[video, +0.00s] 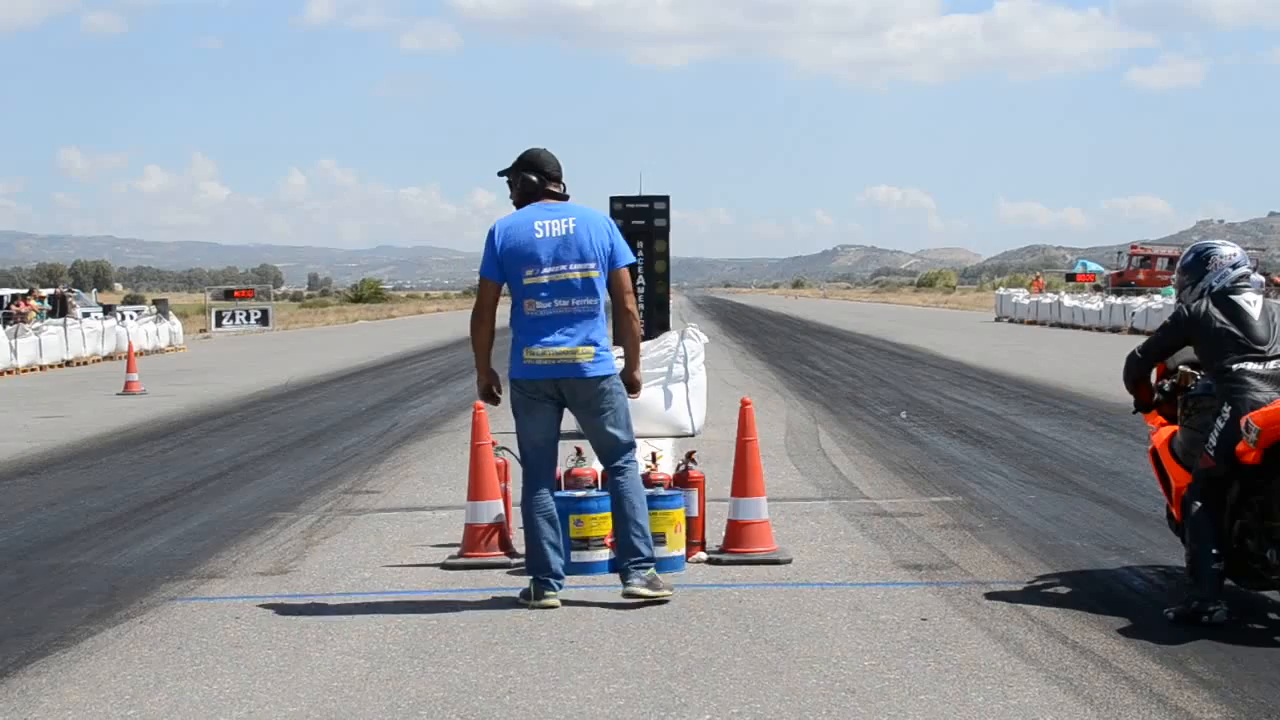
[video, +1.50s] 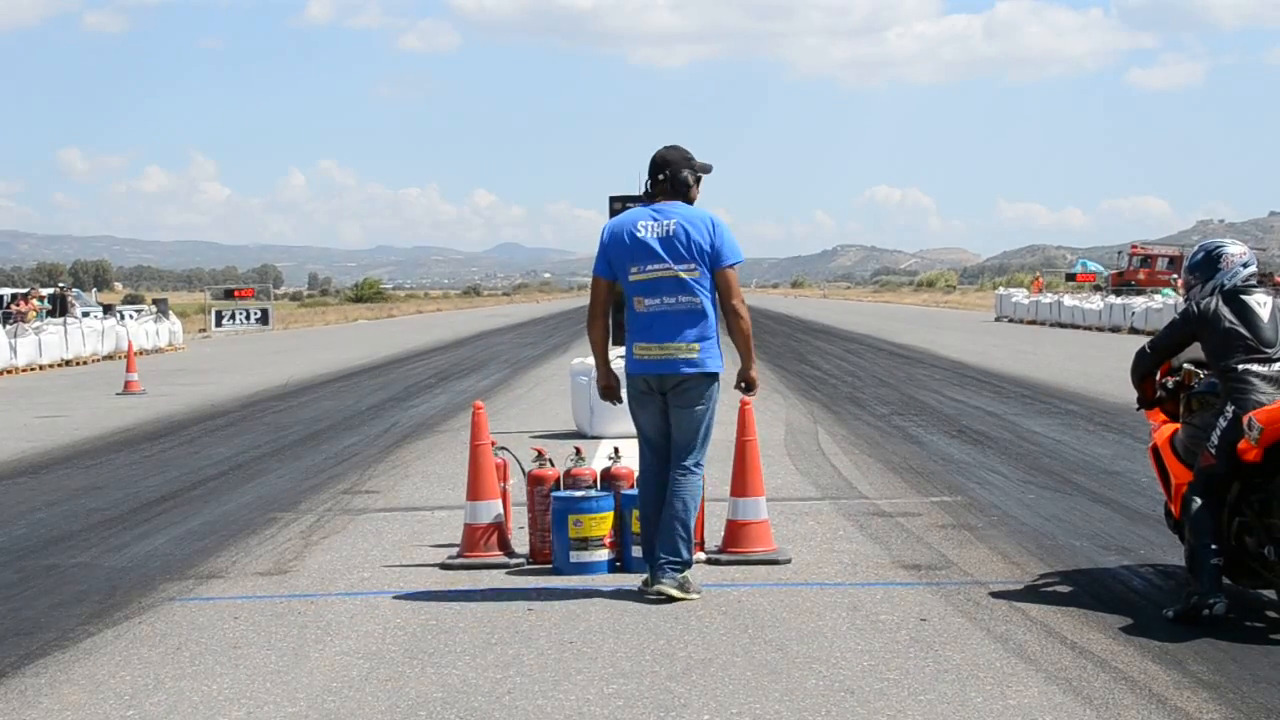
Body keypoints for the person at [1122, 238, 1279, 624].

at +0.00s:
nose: (1182, 289)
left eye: (1184, 281)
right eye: (1182, 282)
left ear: (1198, 276)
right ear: (1240, 267)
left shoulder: (1197, 310)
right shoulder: (1269, 302)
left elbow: (1138, 361)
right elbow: (1255, 351)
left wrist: (1146, 398)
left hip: (1244, 404)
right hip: (1279, 398)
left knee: (1200, 496)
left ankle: (1207, 598)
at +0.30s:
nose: (1183, 290)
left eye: (1185, 282)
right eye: (1183, 283)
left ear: (1198, 277)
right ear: (1242, 268)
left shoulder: (1197, 311)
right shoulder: (1270, 304)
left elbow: (1145, 368)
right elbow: (1258, 354)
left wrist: (1148, 396)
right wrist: (1213, 380)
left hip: (1245, 404)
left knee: (1199, 495)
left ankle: (1207, 596)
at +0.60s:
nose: (1185, 288)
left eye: (1189, 280)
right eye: (1186, 281)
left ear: (1203, 277)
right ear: (1243, 269)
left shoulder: (1198, 310)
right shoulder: (1270, 304)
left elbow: (1137, 359)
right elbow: (1258, 354)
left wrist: (1148, 397)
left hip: (1243, 405)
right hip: (1279, 400)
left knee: (1200, 495)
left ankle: (1207, 595)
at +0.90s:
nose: (1186, 287)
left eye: (1189, 280)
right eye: (1187, 280)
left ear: (1205, 276)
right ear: (1243, 268)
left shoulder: (1199, 309)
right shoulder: (1270, 302)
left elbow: (1139, 358)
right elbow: (1257, 353)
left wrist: (1147, 397)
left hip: (1244, 405)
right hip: (1279, 399)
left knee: (1200, 493)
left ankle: (1206, 594)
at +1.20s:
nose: (1187, 287)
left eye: (1191, 280)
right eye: (1188, 280)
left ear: (1207, 275)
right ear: (1241, 267)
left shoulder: (1202, 306)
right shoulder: (1271, 300)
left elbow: (1144, 356)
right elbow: (1258, 352)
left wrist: (1148, 395)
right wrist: (1218, 379)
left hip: (1245, 402)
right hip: (1279, 397)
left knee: (1200, 490)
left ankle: (1204, 591)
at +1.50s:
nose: (1188, 288)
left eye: (1191, 280)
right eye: (1188, 281)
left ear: (1208, 275)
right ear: (1240, 266)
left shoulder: (1204, 306)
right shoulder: (1270, 298)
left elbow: (1146, 357)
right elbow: (1258, 352)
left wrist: (1150, 396)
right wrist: (1217, 380)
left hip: (1247, 404)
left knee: (1200, 492)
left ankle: (1207, 593)